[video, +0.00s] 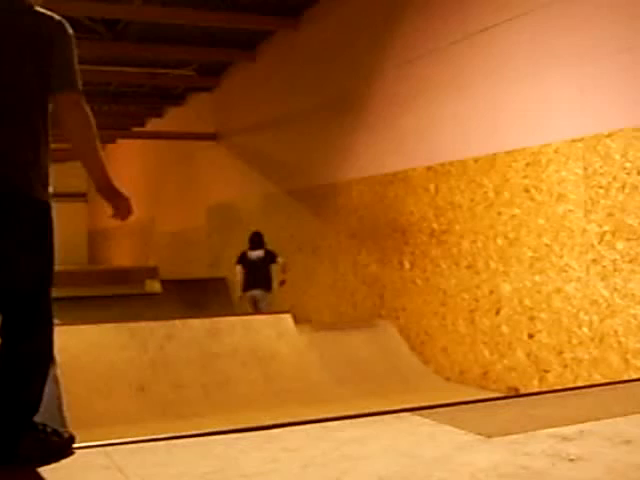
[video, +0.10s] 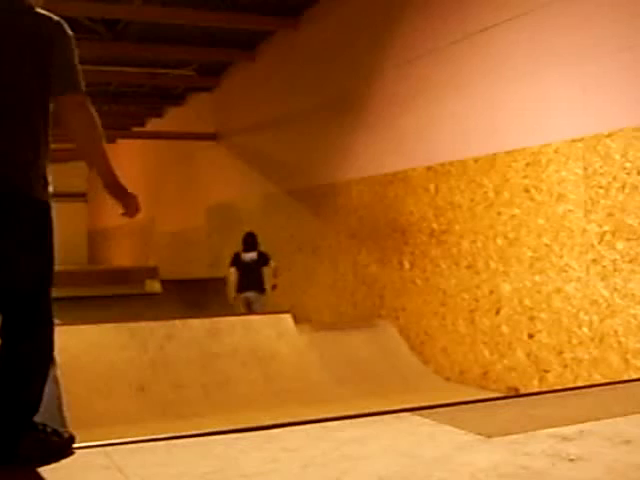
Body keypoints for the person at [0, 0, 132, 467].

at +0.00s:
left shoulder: (46, 31)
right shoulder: (45, 29)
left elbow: (71, 111)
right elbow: (71, 111)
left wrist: (104, 183)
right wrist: (106, 184)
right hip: (19, 202)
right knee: (28, 318)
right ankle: (16, 432)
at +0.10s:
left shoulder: (45, 32)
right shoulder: (44, 31)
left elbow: (75, 111)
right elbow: (75, 112)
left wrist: (109, 179)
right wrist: (112, 180)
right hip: (20, 202)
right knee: (27, 316)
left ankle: (14, 429)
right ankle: (17, 430)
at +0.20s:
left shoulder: (41, 32)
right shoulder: (42, 30)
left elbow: (80, 111)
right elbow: (80, 110)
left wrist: (119, 176)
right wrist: (122, 177)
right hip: (18, 197)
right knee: (34, 316)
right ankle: (12, 427)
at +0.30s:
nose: (43, 4)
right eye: (42, 2)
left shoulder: (41, 35)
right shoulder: (42, 33)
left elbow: (82, 108)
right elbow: (82, 108)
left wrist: (122, 167)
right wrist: (125, 167)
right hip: (16, 207)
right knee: (30, 320)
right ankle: (12, 430)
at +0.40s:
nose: (47, 6)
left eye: (45, 6)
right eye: (46, 3)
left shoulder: (41, 36)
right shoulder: (42, 33)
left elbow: (82, 106)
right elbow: (83, 106)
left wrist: (120, 161)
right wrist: (123, 161)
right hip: (13, 208)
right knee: (28, 321)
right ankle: (12, 434)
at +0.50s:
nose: (46, 7)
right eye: (44, 4)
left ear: (22, 3)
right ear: (32, 0)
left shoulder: (42, 37)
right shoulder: (42, 35)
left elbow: (81, 106)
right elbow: (82, 106)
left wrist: (114, 163)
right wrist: (117, 164)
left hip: (18, 208)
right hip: (16, 208)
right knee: (26, 319)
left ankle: (17, 432)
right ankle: (17, 434)